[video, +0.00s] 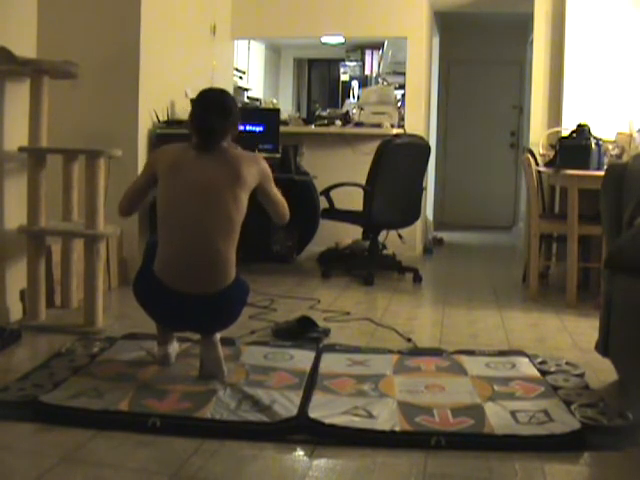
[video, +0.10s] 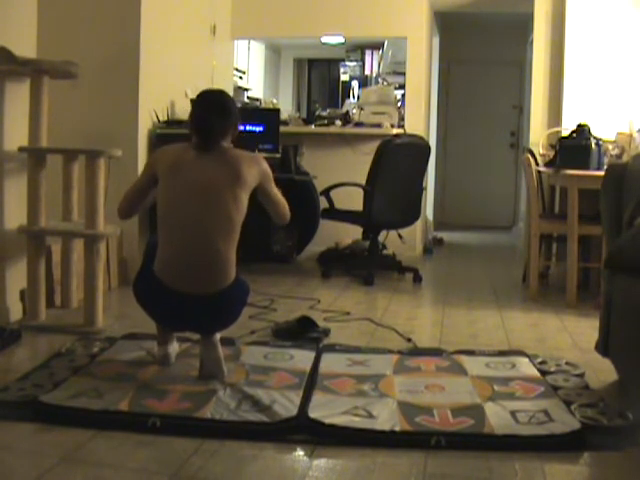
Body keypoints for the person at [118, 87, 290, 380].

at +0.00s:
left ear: (191, 122)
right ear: (234, 128)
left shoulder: (164, 157)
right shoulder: (251, 165)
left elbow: (125, 208)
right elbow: (282, 216)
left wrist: (156, 181)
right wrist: (260, 175)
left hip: (165, 308)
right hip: (218, 311)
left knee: (155, 242)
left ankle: (165, 345)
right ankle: (211, 342)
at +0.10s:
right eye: (235, 125)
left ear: (191, 123)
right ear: (234, 130)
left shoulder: (164, 158)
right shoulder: (251, 165)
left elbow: (124, 211)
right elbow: (283, 216)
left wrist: (157, 183)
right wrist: (262, 176)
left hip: (166, 308)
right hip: (218, 311)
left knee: (155, 241)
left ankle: (165, 345)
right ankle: (211, 342)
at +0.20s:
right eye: (235, 124)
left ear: (191, 124)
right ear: (234, 129)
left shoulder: (165, 158)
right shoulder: (252, 165)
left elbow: (125, 211)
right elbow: (284, 215)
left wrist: (158, 185)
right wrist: (261, 178)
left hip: (165, 307)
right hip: (218, 310)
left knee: (156, 241)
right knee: (238, 284)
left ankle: (165, 345)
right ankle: (211, 341)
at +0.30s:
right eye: (236, 124)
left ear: (191, 123)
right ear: (234, 129)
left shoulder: (165, 158)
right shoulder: (252, 164)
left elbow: (126, 210)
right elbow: (284, 215)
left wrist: (161, 185)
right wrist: (261, 180)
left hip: (165, 307)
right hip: (218, 310)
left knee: (156, 242)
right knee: (238, 284)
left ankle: (165, 345)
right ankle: (211, 341)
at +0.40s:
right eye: (237, 123)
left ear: (192, 123)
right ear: (235, 129)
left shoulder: (166, 158)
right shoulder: (253, 165)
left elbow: (127, 209)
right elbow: (285, 216)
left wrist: (162, 185)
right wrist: (262, 183)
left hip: (165, 307)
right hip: (218, 310)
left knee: (156, 243)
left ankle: (165, 346)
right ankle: (211, 341)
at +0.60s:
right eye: (240, 127)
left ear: (193, 124)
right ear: (236, 131)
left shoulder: (167, 158)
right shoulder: (254, 166)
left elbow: (128, 210)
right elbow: (287, 218)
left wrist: (161, 187)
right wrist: (260, 185)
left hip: (165, 307)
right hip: (218, 311)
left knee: (156, 244)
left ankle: (164, 346)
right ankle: (212, 341)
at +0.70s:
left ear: (194, 126)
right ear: (237, 132)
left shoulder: (168, 158)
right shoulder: (255, 166)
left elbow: (128, 212)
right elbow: (282, 228)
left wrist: (163, 195)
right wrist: (250, 197)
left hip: (166, 308)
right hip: (218, 311)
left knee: (154, 236)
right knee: (239, 285)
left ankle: (165, 345)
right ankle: (211, 342)